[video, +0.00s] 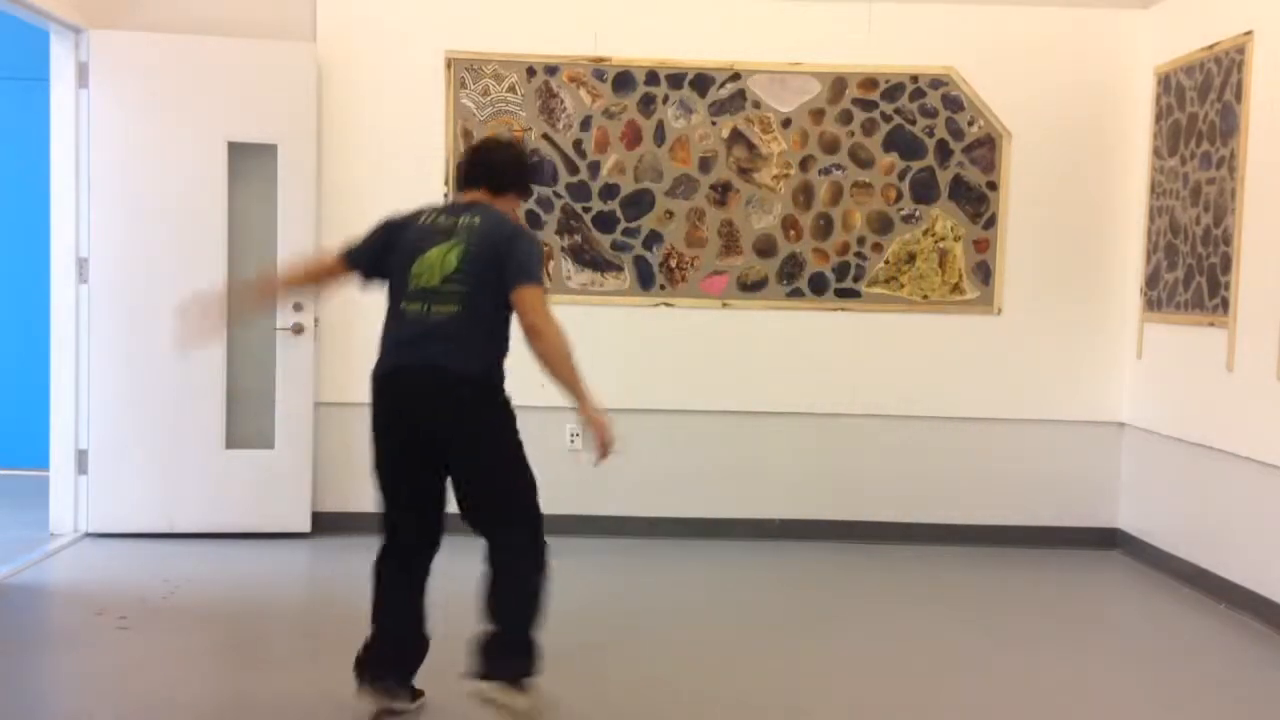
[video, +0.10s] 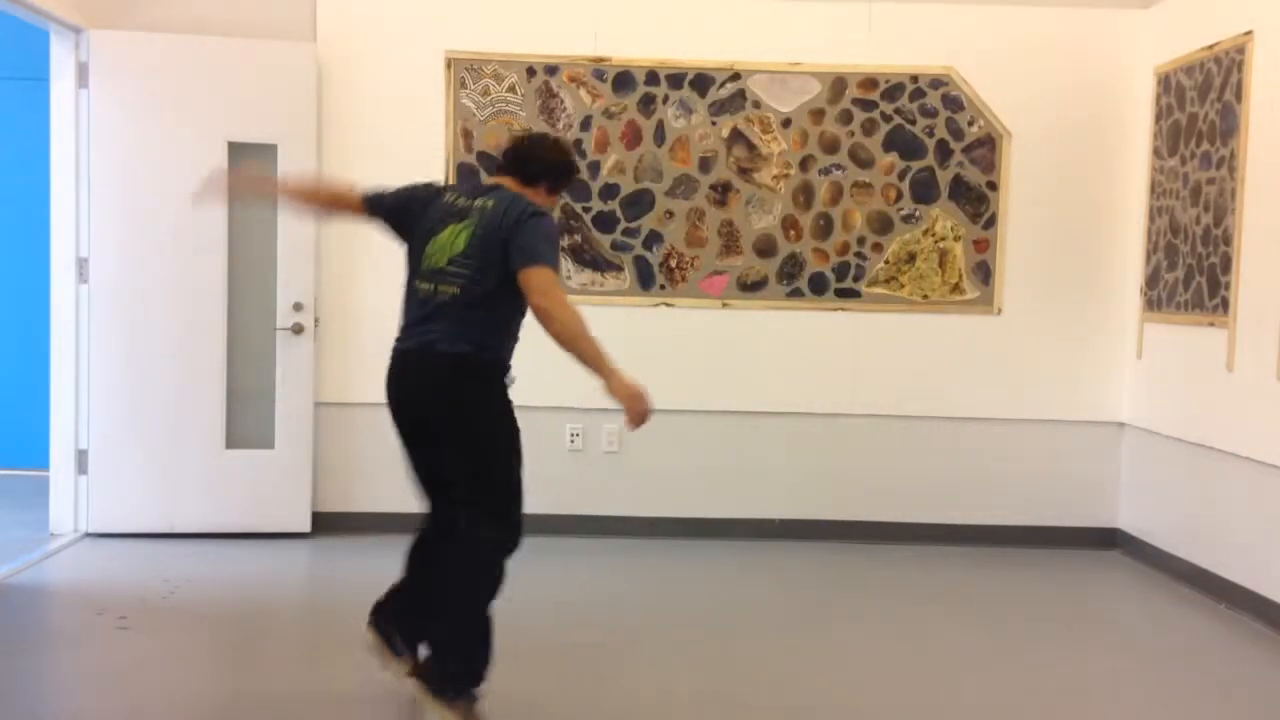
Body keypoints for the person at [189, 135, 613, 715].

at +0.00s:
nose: (522, 213)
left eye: (523, 203)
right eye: (521, 202)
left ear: (464, 185)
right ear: (506, 194)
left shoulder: (409, 226)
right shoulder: (510, 235)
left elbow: (323, 269)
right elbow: (535, 319)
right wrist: (586, 403)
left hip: (397, 396)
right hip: (469, 398)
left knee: (409, 531)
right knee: (516, 527)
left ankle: (387, 672)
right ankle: (506, 662)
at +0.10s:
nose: (555, 209)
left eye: (559, 199)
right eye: (557, 197)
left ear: (501, 173)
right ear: (540, 186)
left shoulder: (434, 201)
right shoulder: (529, 219)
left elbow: (345, 199)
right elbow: (543, 298)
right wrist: (612, 375)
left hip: (409, 381)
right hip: (469, 385)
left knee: (454, 510)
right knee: (492, 523)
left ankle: (400, 619)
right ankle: (452, 676)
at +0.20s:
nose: (587, 242)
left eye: (593, 234)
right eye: (589, 231)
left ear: (541, 195)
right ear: (574, 215)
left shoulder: (470, 210)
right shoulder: (539, 235)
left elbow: (411, 178)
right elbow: (543, 304)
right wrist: (619, 382)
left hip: (419, 390)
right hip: (462, 398)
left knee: (467, 519)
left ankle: (440, 628)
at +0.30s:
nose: (609, 301)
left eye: (617, 293)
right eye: (615, 289)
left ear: (589, 255)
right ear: (599, 270)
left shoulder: (541, 268)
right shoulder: (549, 276)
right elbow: (516, 336)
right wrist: (536, 404)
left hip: (457, 426)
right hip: (439, 425)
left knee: (486, 540)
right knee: (470, 565)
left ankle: (490, 623)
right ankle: (401, 704)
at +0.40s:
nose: (648, 367)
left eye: (656, 361)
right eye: (653, 357)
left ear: (631, 324)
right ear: (640, 342)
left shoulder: (585, 345)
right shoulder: (564, 325)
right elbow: (471, 336)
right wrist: (416, 372)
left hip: (466, 441)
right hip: (423, 430)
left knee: (492, 542)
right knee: (426, 573)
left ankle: (484, 628)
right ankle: (399, 705)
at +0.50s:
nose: (667, 435)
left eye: (672, 429)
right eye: (665, 425)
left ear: (664, 415)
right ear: (639, 400)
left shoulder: (649, 419)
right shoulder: (571, 357)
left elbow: (692, 492)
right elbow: (471, 332)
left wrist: (740, 564)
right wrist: (384, 343)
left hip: (489, 433)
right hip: (435, 403)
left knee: (511, 527)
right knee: (396, 535)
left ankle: (485, 630)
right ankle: (349, 675)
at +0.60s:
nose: (662, 487)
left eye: (668, 481)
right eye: (659, 475)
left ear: (672, 472)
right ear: (632, 446)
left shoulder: (658, 475)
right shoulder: (577, 392)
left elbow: (673, 564)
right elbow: (481, 362)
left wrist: (685, 656)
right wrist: (386, 383)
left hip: (524, 449)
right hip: (465, 414)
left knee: (534, 544)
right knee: (392, 514)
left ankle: (489, 629)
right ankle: (306, 622)